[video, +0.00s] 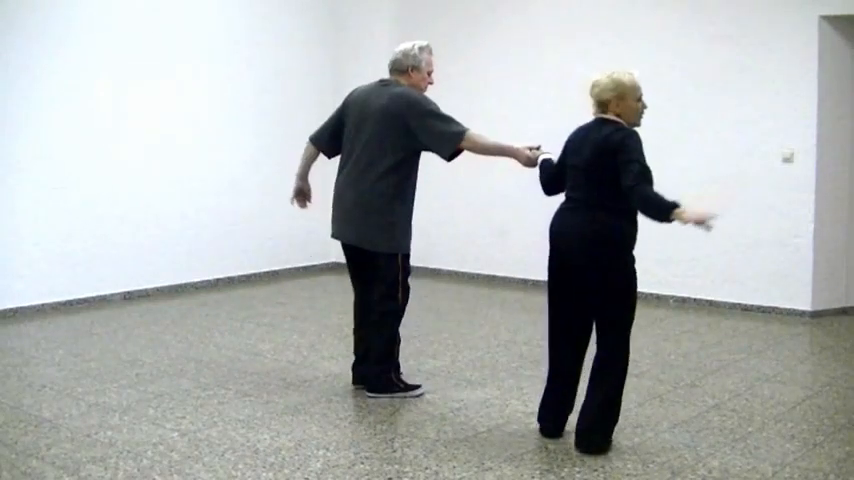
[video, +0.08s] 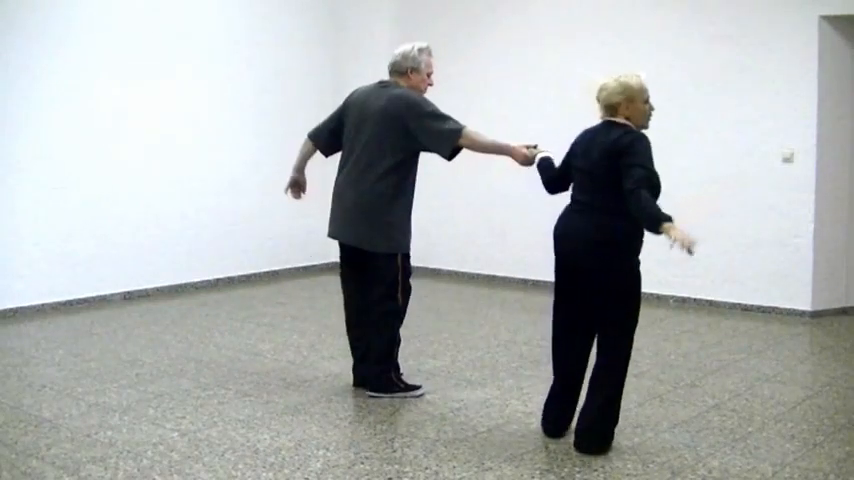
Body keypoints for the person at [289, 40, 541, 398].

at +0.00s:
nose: (431, 80)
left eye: (432, 73)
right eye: (428, 73)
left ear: (399, 71)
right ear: (411, 70)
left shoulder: (360, 96)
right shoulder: (411, 103)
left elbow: (317, 141)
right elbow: (465, 140)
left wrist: (301, 178)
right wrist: (516, 151)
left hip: (349, 218)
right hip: (384, 223)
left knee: (368, 295)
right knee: (391, 297)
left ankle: (366, 371)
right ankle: (382, 378)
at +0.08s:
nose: (431, 82)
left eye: (432, 75)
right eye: (428, 74)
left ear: (397, 72)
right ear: (410, 72)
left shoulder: (360, 97)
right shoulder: (410, 104)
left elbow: (315, 137)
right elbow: (461, 137)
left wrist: (297, 171)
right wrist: (511, 150)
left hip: (348, 218)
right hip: (384, 223)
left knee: (360, 296)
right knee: (392, 295)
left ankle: (366, 373)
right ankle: (382, 377)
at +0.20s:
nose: (433, 82)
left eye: (433, 75)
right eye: (429, 75)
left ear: (403, 74)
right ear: (410, 74)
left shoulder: (366, 99)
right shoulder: (408, 105)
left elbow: (327, 139)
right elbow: (452, 140)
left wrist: (328, 165)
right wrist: (499, 148)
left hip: (350, 219)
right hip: (385, 223)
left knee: (361, 294)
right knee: (409, 286)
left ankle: (365, 371)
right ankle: (386, 372)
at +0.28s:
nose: (436, 82)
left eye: (436, 75)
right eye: (431, 74)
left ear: (405, 74)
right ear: (411, 73)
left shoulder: (375, 98)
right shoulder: (403, 103)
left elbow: (347, 140)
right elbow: (435, 145)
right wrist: (487, 151)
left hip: (360, 217)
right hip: (389, 221)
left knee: (369, 292)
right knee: (419, 285)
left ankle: (368, 369)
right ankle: (402, 369)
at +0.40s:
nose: (443, 82)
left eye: (444, 75)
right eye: (438, 74)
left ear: (417, 75)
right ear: (414, 73)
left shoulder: (408, 102)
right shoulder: (400, 103)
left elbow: (418, 153)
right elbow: (415, 155)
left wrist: (459, 165)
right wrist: (466, 162)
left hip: (395, 219)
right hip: (394, 221)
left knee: (385, 296)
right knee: (427, 288)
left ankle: (367, 369)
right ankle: (446, 373)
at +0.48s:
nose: (451, 82)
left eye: (452, 75)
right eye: (445, 75)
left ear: (428, 76)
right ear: (419, 74)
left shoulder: (421, 106)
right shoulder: (403, 106)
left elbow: (432, 153)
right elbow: (407, 165)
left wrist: (460, 164)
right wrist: (455, 173)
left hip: (416, 226)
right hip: (402, 227)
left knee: (399, 299)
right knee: (437, 297)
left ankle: (368, 368)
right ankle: (474, 377)